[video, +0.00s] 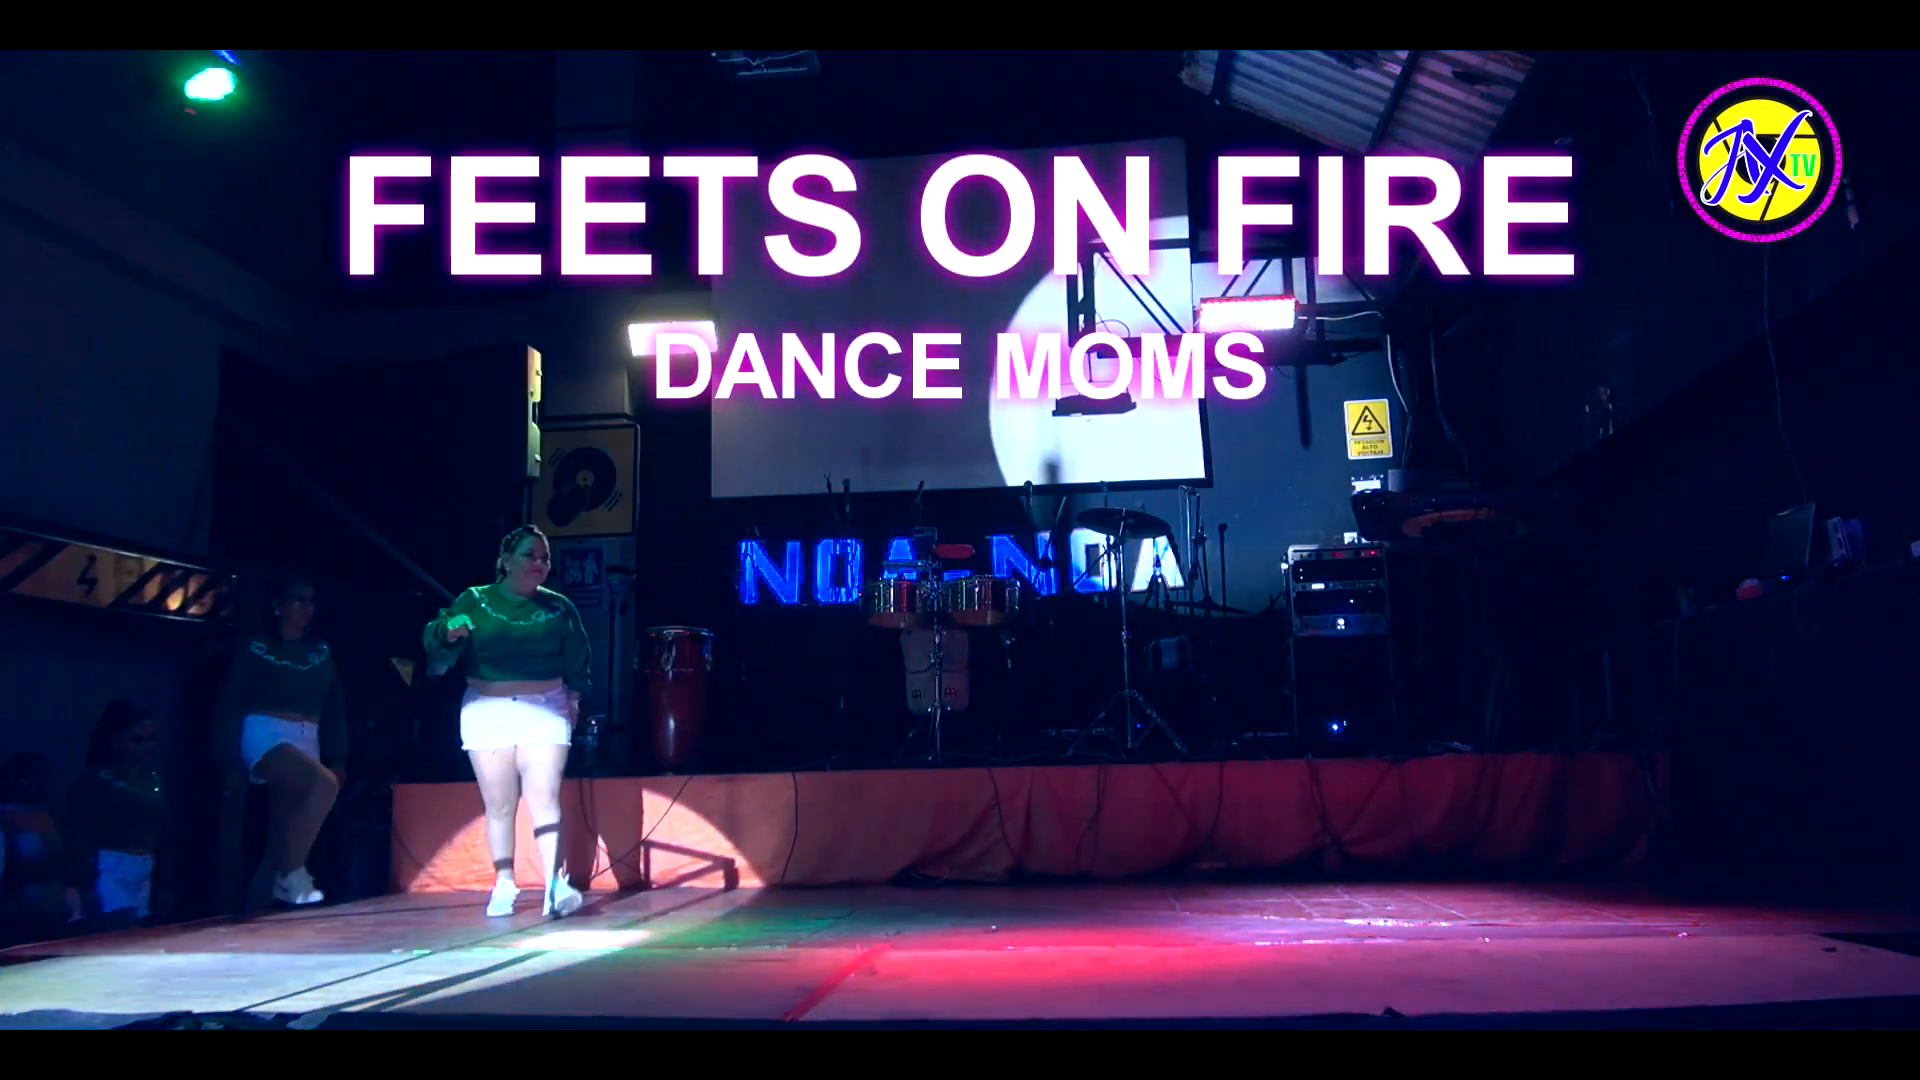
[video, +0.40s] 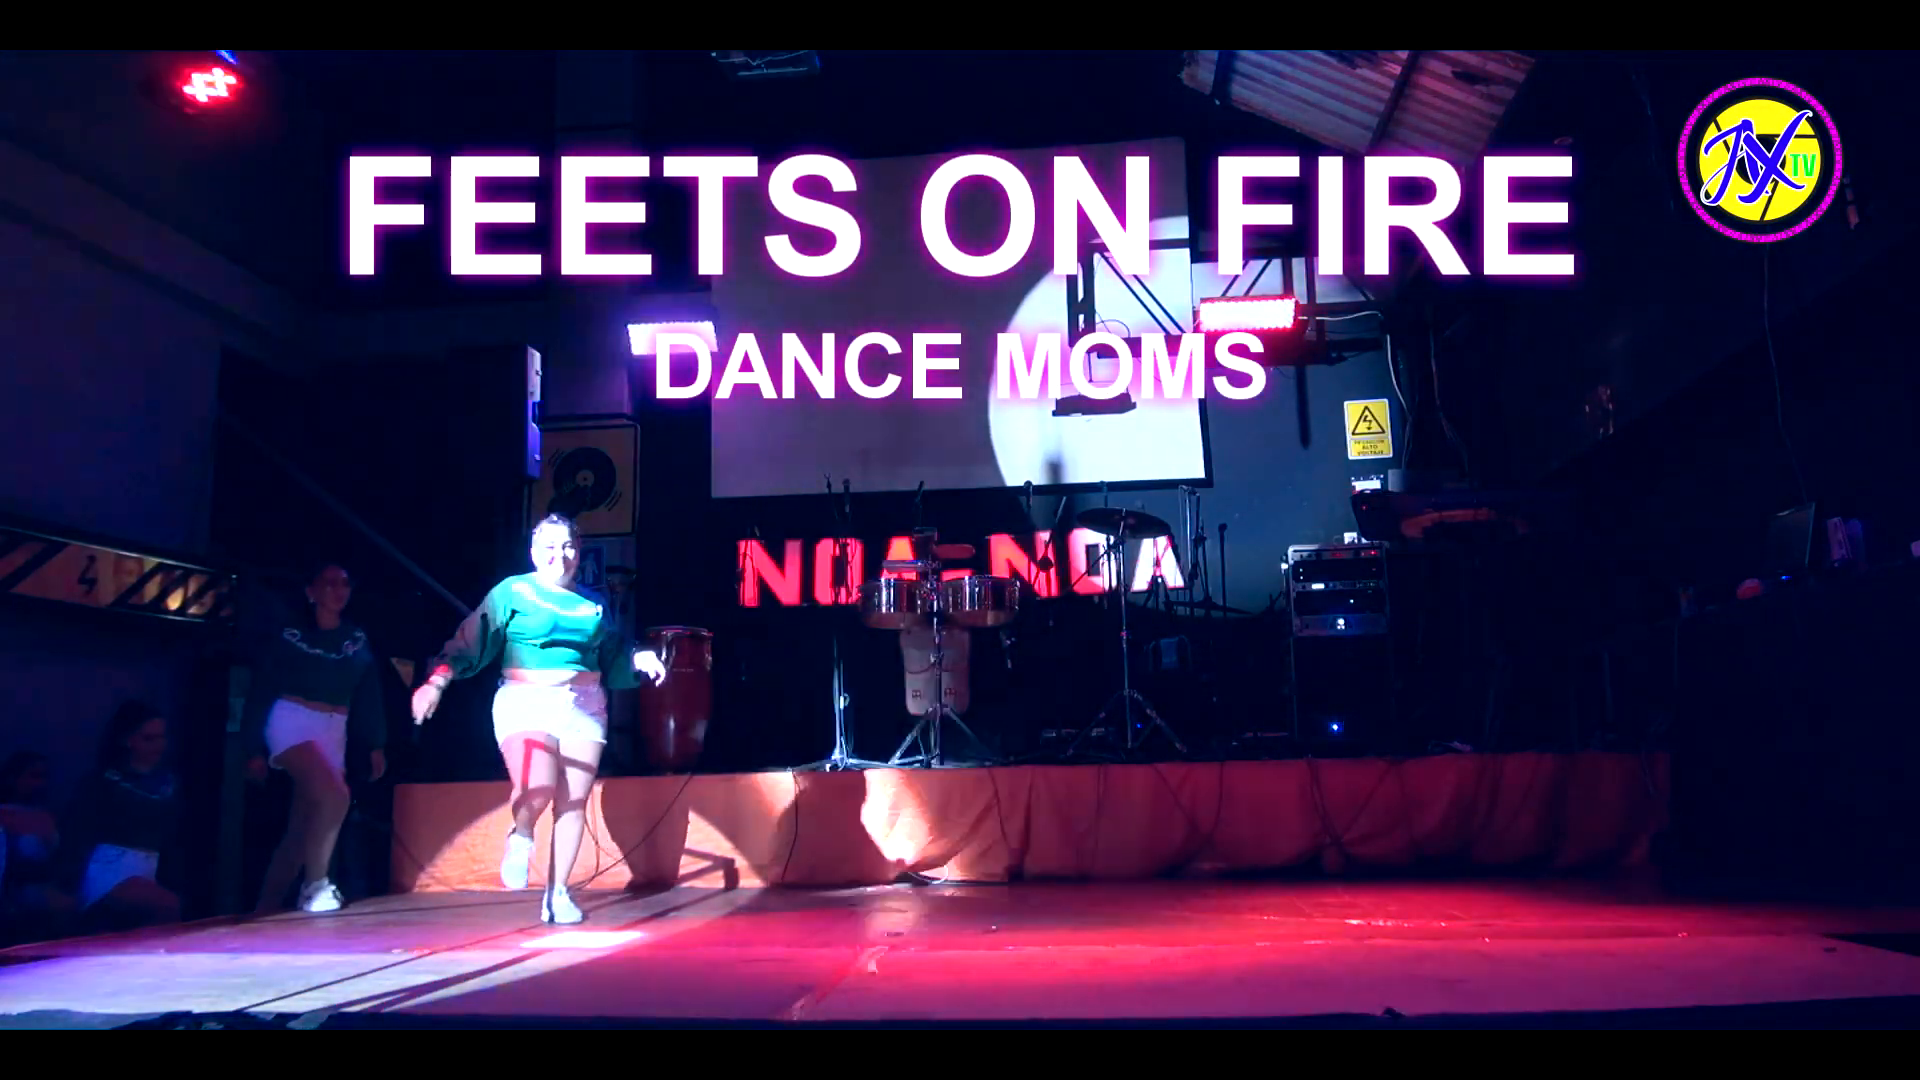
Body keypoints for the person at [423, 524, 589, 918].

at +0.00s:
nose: (540, 564)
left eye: (545, 558)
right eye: (531, 556)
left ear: (549, 563)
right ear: (505, 560)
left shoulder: (559, 607)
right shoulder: (475, 601)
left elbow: (578, 659)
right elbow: (432, 642)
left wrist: (574, 699)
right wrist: (447, 634)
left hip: (545, 707)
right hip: (487, 708)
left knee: (545, 796)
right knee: (499, 803)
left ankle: (555, 884)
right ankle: (504, 883)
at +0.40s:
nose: (559, 555)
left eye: (567, 548)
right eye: (550, 547)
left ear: (578, 555)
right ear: (533, 552)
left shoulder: (594, 607)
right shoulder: (510, 592)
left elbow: (609, 664)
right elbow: (468, 644)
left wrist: (636, 660)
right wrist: (436, 682)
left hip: (583, 703)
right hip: (526, 699)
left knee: (575, 800)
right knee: (538, 789)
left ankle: (558, 893)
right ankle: (521, 838)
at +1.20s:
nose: (516, 511)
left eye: (528, 505)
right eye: (510, 504)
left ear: (549, 515)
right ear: (501, 513)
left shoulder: (576, 566)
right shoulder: (481, 569)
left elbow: (615, 620)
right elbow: (456, 628)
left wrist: (633, 673)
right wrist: (414, 617)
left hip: (558, 682)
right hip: (497, 687)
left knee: (536, 789)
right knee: (519, 797)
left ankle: (529, 906)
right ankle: (542, 903)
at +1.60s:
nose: (504, 503)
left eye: (518, 496)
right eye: (499, 496)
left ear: (546, 514)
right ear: (492, 510)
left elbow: (598, 627)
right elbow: (432, 622)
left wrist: (604, 672)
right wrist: (413, 682)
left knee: (525, 797)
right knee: (452, 798)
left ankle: (516, 909)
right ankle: (493, 888)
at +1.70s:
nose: (496, 494)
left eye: (510, 486)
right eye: (491, 486)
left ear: (536, 498)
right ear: (483, 497)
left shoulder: (564, 557)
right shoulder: (460, 548)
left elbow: (597, 611)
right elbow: (430, 613)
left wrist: (611, 635)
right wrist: (416, 675)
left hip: (536, 686)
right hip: (464, 682)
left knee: (520, 798)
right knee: (437, 794)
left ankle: (515, 911)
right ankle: (442, 902)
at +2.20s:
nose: (450, 493)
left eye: (461, 486)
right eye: (452, 485)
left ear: (493, 497)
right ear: (472, 497)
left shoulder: (530, 552)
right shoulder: (436, 551)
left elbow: (565, 616)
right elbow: (412, 611)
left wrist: (571, 677)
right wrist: (368, 621)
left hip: (494, 677)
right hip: (427, 677)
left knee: (489, 802)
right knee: (433, 804)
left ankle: (507, 912)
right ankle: (418, 918)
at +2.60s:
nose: (466, 498)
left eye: (477, 491)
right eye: (468, 490)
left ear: (506, 499)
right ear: (482, 500)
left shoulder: (540, 552)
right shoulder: (456, 557)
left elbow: (564, 616)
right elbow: (434, 623)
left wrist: (560, 675)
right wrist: (406, 675)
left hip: (517, 689)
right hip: (454, 693)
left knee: (510, 803)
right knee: (440, 808)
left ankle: (514, 915)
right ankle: (419, 917)